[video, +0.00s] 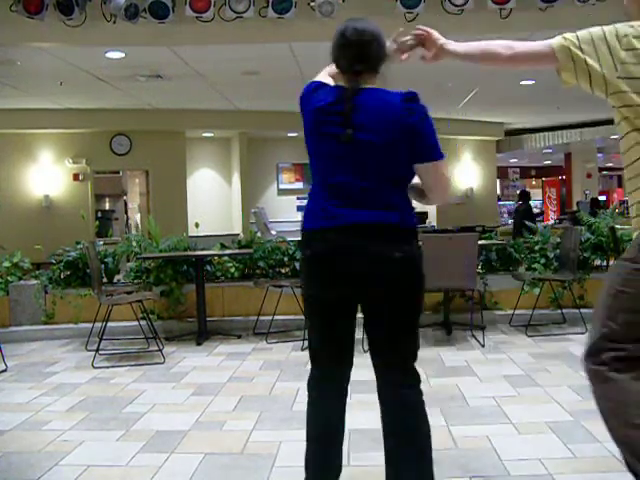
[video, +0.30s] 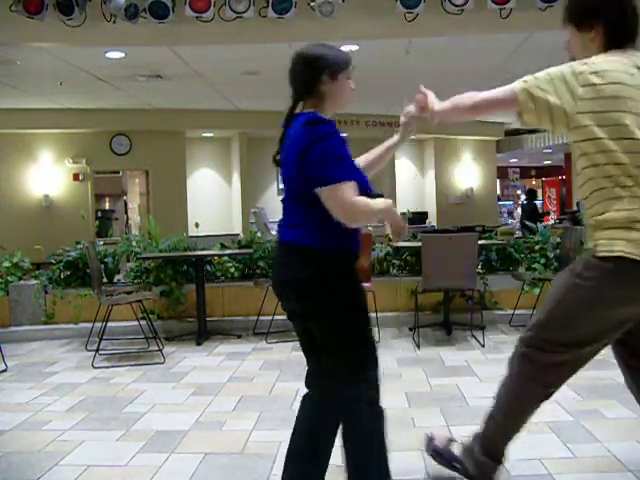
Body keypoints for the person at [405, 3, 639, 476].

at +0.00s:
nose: (624, 5)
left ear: (628, 7)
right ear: (629, 11)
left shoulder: (625, 41)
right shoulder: (621, 43)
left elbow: (521, 53)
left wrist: (448, 48)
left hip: (638, 237)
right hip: (633, 237)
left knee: (610, 357)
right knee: (614, 354)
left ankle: (637, 463)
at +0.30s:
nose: (568, 44)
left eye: (571, 33)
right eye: (567, 34)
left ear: (595, 30)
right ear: (619, 29)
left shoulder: (585, 77)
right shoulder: (634, 72)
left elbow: (481, 102)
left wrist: (433, 111)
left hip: (621, 251)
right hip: (633, 253)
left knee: (539, 353)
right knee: (637, 365)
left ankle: (480, 457)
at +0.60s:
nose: (466, 24)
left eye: (469, 14)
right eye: (467, 14)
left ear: (487, 17)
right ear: (522, 18)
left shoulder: (482, 76)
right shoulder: (562, 79)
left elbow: (445, 157)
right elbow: (582, 169)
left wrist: (404, 161)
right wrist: (540, 188)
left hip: (498, 238)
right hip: (555, 240)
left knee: (460, 348)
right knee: (575, 341)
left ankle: (447, 458)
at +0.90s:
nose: (394, 32)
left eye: (398, 22)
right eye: (395, 22)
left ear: (419, 24)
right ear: (439, 24)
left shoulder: (426, 78)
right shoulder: (476, 77)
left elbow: (411, 172)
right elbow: (497, 161)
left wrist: (355, 161)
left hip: (437, 228)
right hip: (474, 228)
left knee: (420, 348)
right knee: (444, 339)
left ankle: (446, 458)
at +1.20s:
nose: (339, 61)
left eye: (344, 53)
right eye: (341, 52)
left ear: (364, 57)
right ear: (380, 58)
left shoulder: (376, 111)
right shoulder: (412, 105)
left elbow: (357, 199)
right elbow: (417, 186)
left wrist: (294, 179)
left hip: (388, 246)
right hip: (415, 245)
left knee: (377, 360)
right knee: (347, 336)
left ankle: (444, 454)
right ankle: (297, 407)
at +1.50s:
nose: (275, 60)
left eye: (279, 51)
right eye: (276, 52)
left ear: (298, 56)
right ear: (314, 57)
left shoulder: (303, 103)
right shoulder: (344, 103)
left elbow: (297, 185)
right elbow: (366, 175)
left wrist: (242, 185)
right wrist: (323, 195)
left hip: (316, 235)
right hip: (342, 234)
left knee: (337, 336)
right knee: (305, 334)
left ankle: (418, 429)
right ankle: (269, 421)